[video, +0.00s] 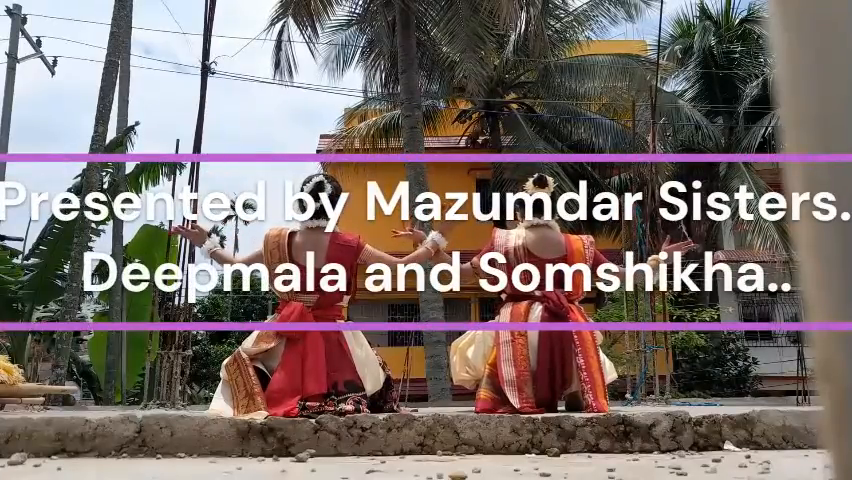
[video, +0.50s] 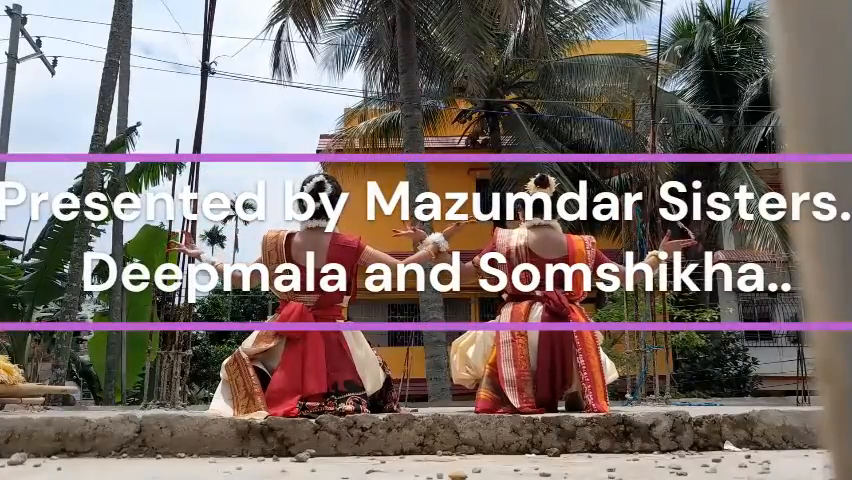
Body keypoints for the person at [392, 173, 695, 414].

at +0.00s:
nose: (530, 209)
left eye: (528, 204)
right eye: (534, 204)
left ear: (522, 207)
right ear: (553, 208)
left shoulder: (506, 243)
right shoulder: (575, 243)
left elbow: (484, 266)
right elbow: (603, 273)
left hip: (516, 321)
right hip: (566, 323)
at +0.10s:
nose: (531, 207)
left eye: (529, 202)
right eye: (535, 202)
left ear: (523, 204)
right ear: (555, 204)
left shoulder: (505, 241)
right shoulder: (576, 244)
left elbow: (481, 276)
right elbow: (595, 282)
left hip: (515, 325)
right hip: (565, 326)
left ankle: (514, 403)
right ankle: (581, 398)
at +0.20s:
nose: (532, 208)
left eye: (530, 203)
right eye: (538, 202)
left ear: (522, 207)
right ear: (556, 206)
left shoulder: (505, 241)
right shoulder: (578, 244)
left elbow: (485, 276)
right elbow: (602, 279)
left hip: (516, 327)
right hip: (567, 327)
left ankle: (513, 403)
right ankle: (583, 399)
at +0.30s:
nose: (535, 207)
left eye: (534, 202)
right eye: (537, 201)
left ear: (524, 205)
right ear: (555, 204)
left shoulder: (504, 241)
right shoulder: (578, 244)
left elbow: (474, 269)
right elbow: (616, 275)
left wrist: (441, 251)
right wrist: (658, 259)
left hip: (513, 327)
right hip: (567, 329)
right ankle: (584, 400)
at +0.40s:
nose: (535, 206)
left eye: (533, 202)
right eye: (538, 201)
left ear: (523, 205)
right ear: (556, 204)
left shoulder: (503, 242)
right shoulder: (579, 245)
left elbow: (472, 270)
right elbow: (620, 276)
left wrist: (438, 250)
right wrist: (660, 255)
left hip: (512, 332)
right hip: (567, 333)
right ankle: (582, 398)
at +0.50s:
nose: (533, 206)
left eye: (530, 202)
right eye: (539, 201)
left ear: (522, 205)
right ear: (555, 204)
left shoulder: (505, 241)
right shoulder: (578, 244)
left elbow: (474, 271)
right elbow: (619, 275)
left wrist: (439, 251)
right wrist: (659, 256)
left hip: (516, 328)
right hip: (569, 330)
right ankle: (582, 397)